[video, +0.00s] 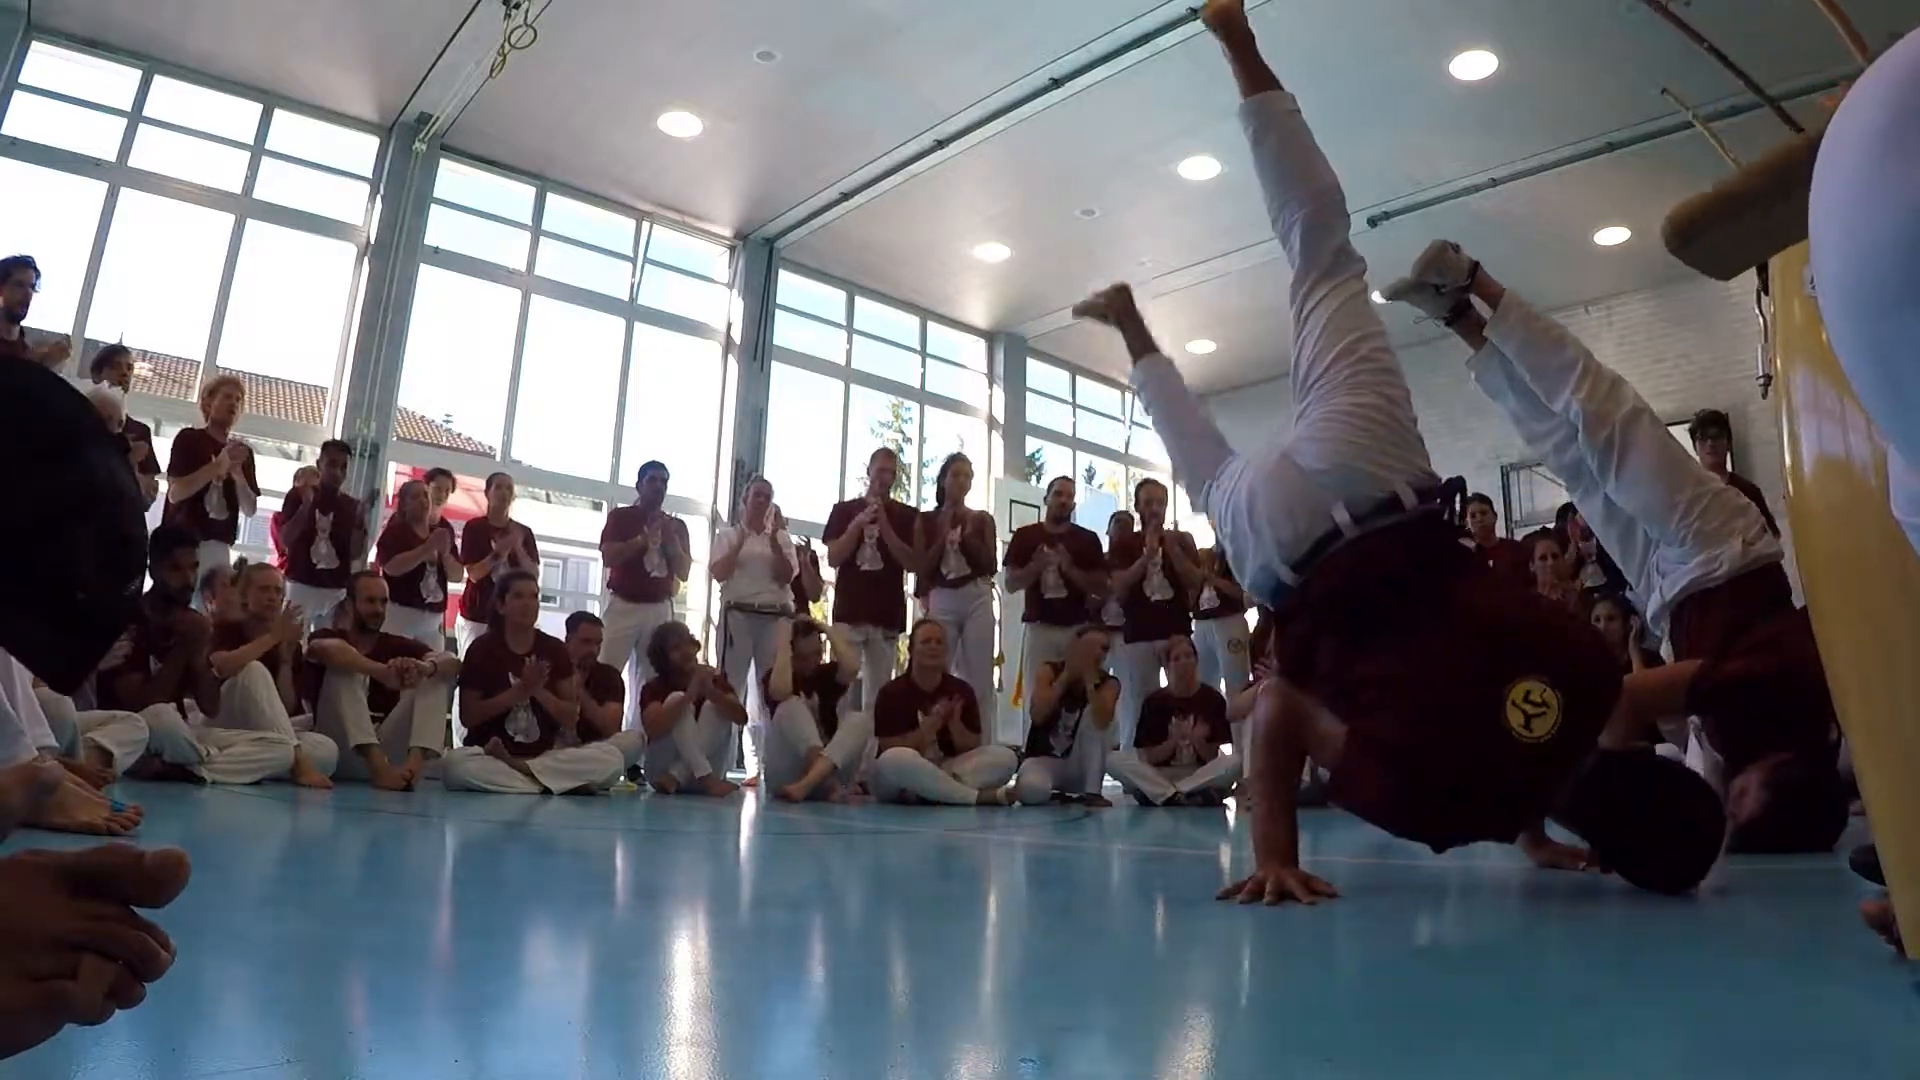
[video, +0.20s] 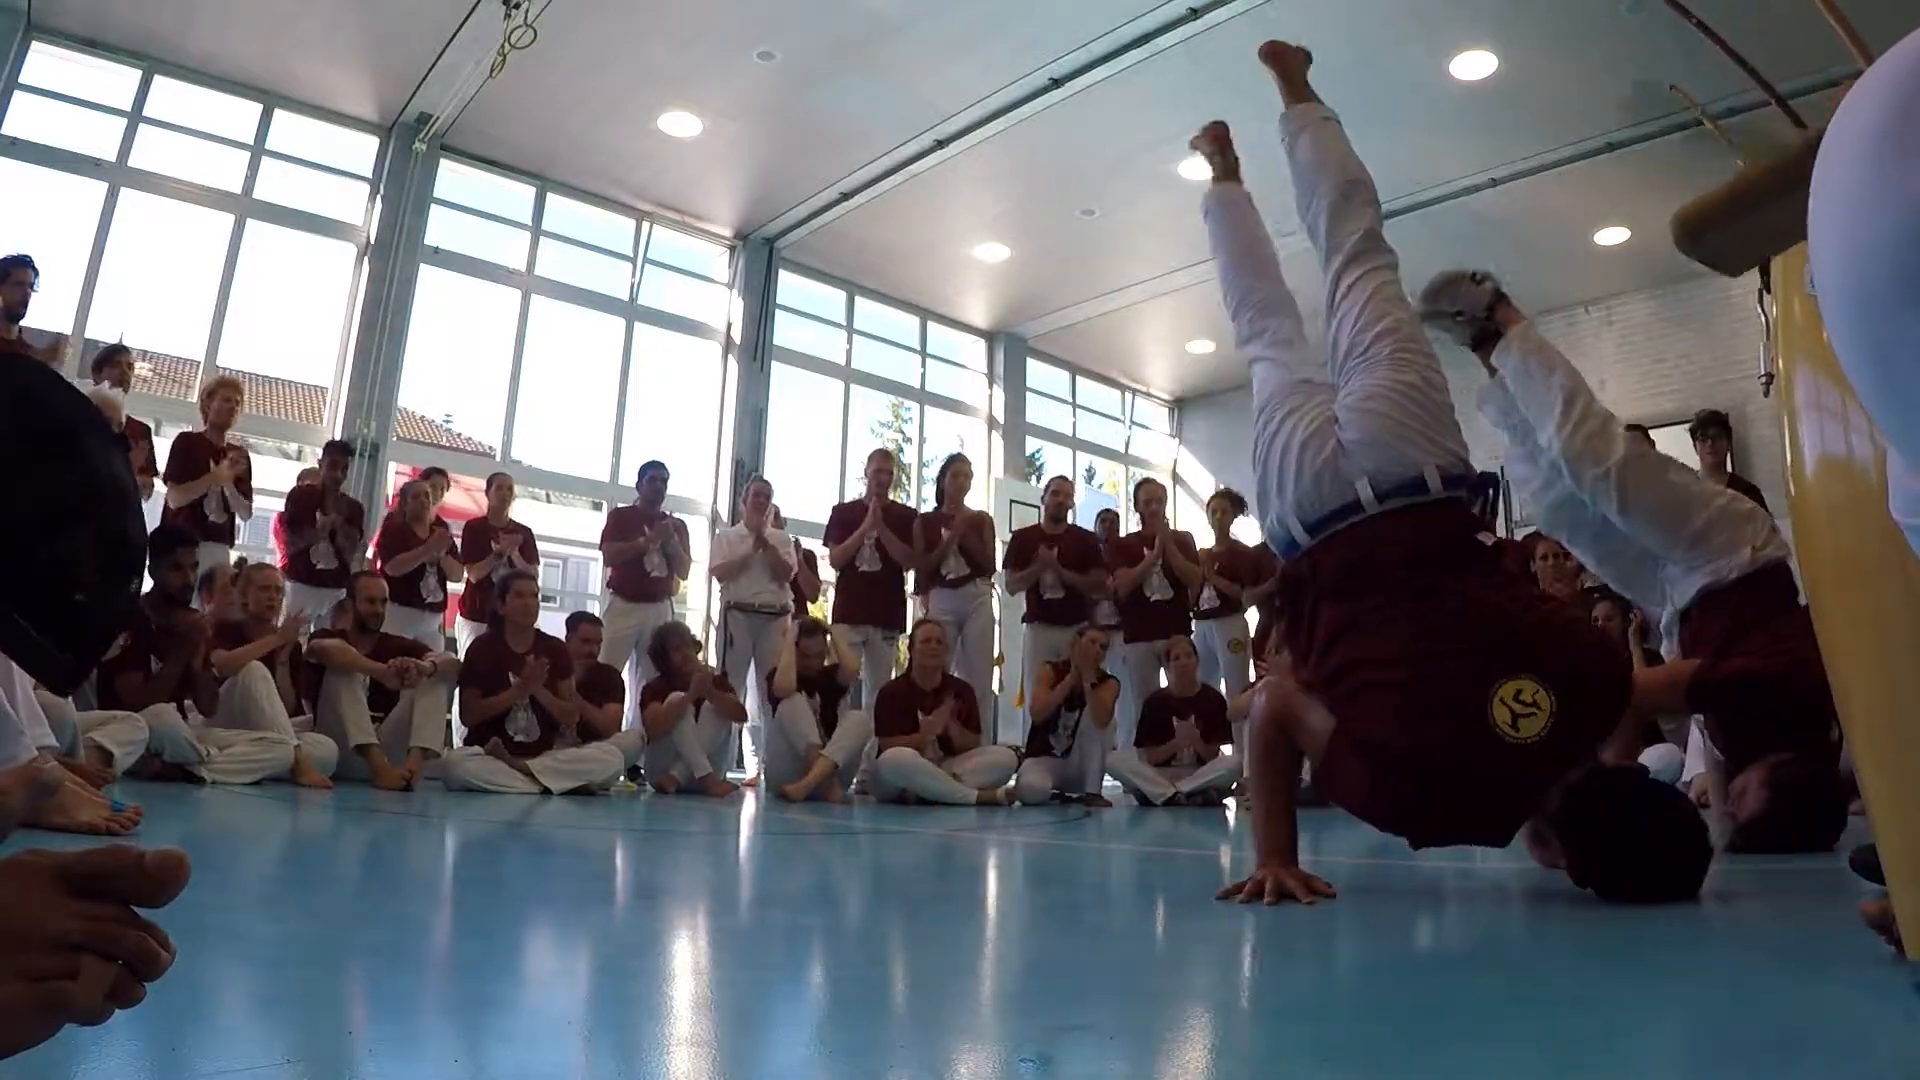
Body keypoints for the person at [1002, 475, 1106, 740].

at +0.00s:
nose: (1065, 500)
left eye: (1070, 496)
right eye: (1059, 494)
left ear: (1075, 502)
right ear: (1047, 497)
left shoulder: (1088, 538)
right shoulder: (1025, 536)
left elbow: (1100, 587)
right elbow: (1011, 584)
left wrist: (1068, 567)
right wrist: (1037, 565)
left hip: (1077, 630)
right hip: (1040, 629)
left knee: (1078, 701)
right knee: (1036, 700)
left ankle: (1076, 763)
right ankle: (1034, 761)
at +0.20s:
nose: (1061, 499)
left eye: (1067, 495)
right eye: (1056, 493)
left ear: (1073, 502)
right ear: (1044, 497)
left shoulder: (1087, 539)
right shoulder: (1022, 537)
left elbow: (1100, 586)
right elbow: (1011, 586)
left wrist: (1058, 570)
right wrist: (1040, 566)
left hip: (1077, 630)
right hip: (1039, 629)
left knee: (1078, 702)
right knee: (1035, 703)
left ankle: (1076, 768)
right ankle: (1035, 766)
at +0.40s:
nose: (1062, 499)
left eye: (1067, 495)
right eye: (1056, 493)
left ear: (1073, 502)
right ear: (1044, 497)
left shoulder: (1085, 539)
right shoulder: (1023, 538)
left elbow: (1097, 584)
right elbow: (1009, 586)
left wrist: (1064, 568)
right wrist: (1029, 570)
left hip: (1076, 629)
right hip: (1039, 629)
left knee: (1076, 701)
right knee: (1035, 700)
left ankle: (1073, 765)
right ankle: (1035, 763)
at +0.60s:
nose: (1062, 499)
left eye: (1068, 495)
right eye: (1057, 493)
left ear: (1073, 503)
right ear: (1044, 498)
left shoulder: (1085, 537)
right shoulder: (1024, 537)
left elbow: (1099, 586)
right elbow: (1013, 586)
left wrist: (1059, 569)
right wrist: (1041, 567)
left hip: (1078, 629)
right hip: (1039, 629)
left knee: (1078, 703)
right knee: (1036, 703)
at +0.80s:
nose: (1062, 499)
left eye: (1068, 495)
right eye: (1057, 494)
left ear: (1074, 501)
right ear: (1045, 499)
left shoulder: (1089, 540)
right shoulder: (1026, 538)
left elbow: (1101, 589)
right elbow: (1011, 587)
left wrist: (1074, 566)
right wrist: (1030, 567)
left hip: (1082, 631)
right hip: (1041, 630)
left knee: (1082, 705)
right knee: (1037, 704)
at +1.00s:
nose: (1064, 497)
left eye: (1069, 493)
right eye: (1058, 492)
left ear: (1075, 500)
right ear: (1047, 498)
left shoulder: (1091, 540)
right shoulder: (1027, 537)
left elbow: (1101, 589)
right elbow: (1018, 584)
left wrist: (1063, 569)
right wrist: (1047, 564)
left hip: (1082, 629)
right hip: (1042, 629)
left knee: (1082, 702)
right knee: (1038, 701)